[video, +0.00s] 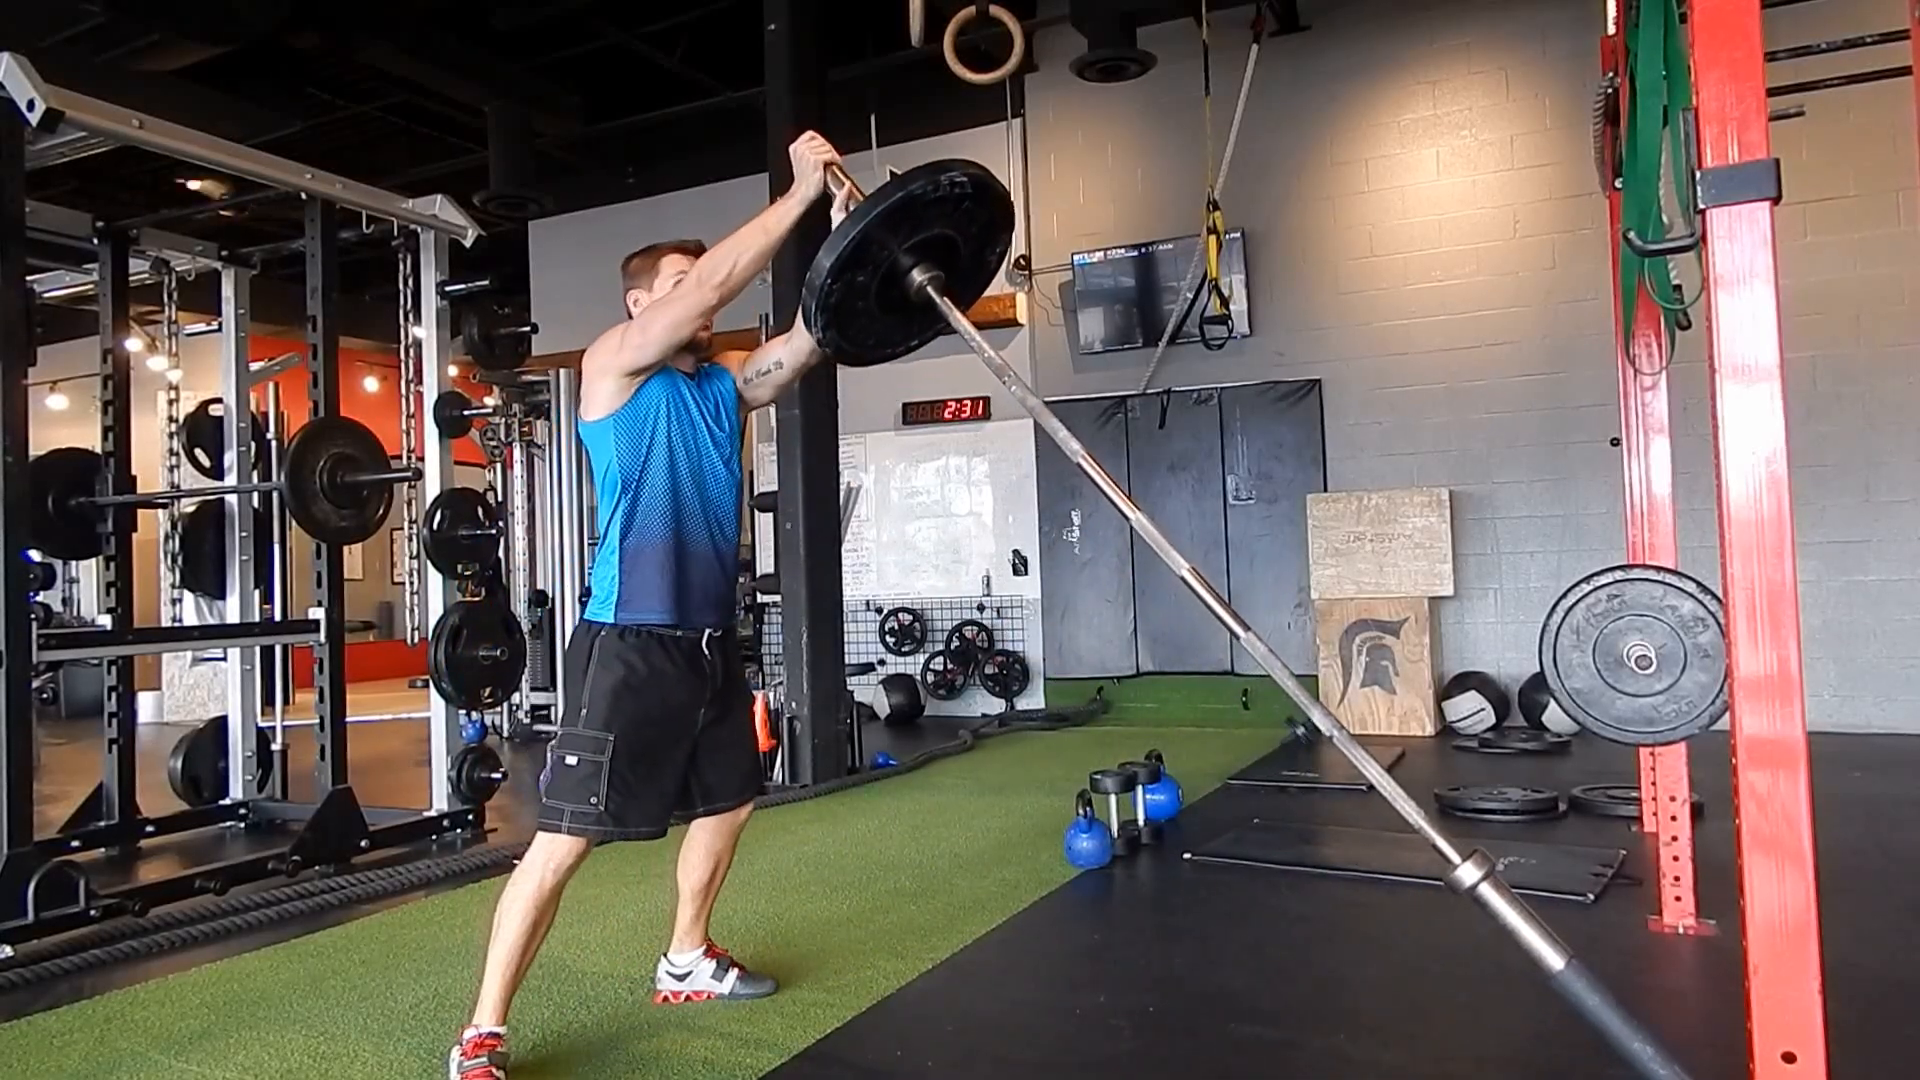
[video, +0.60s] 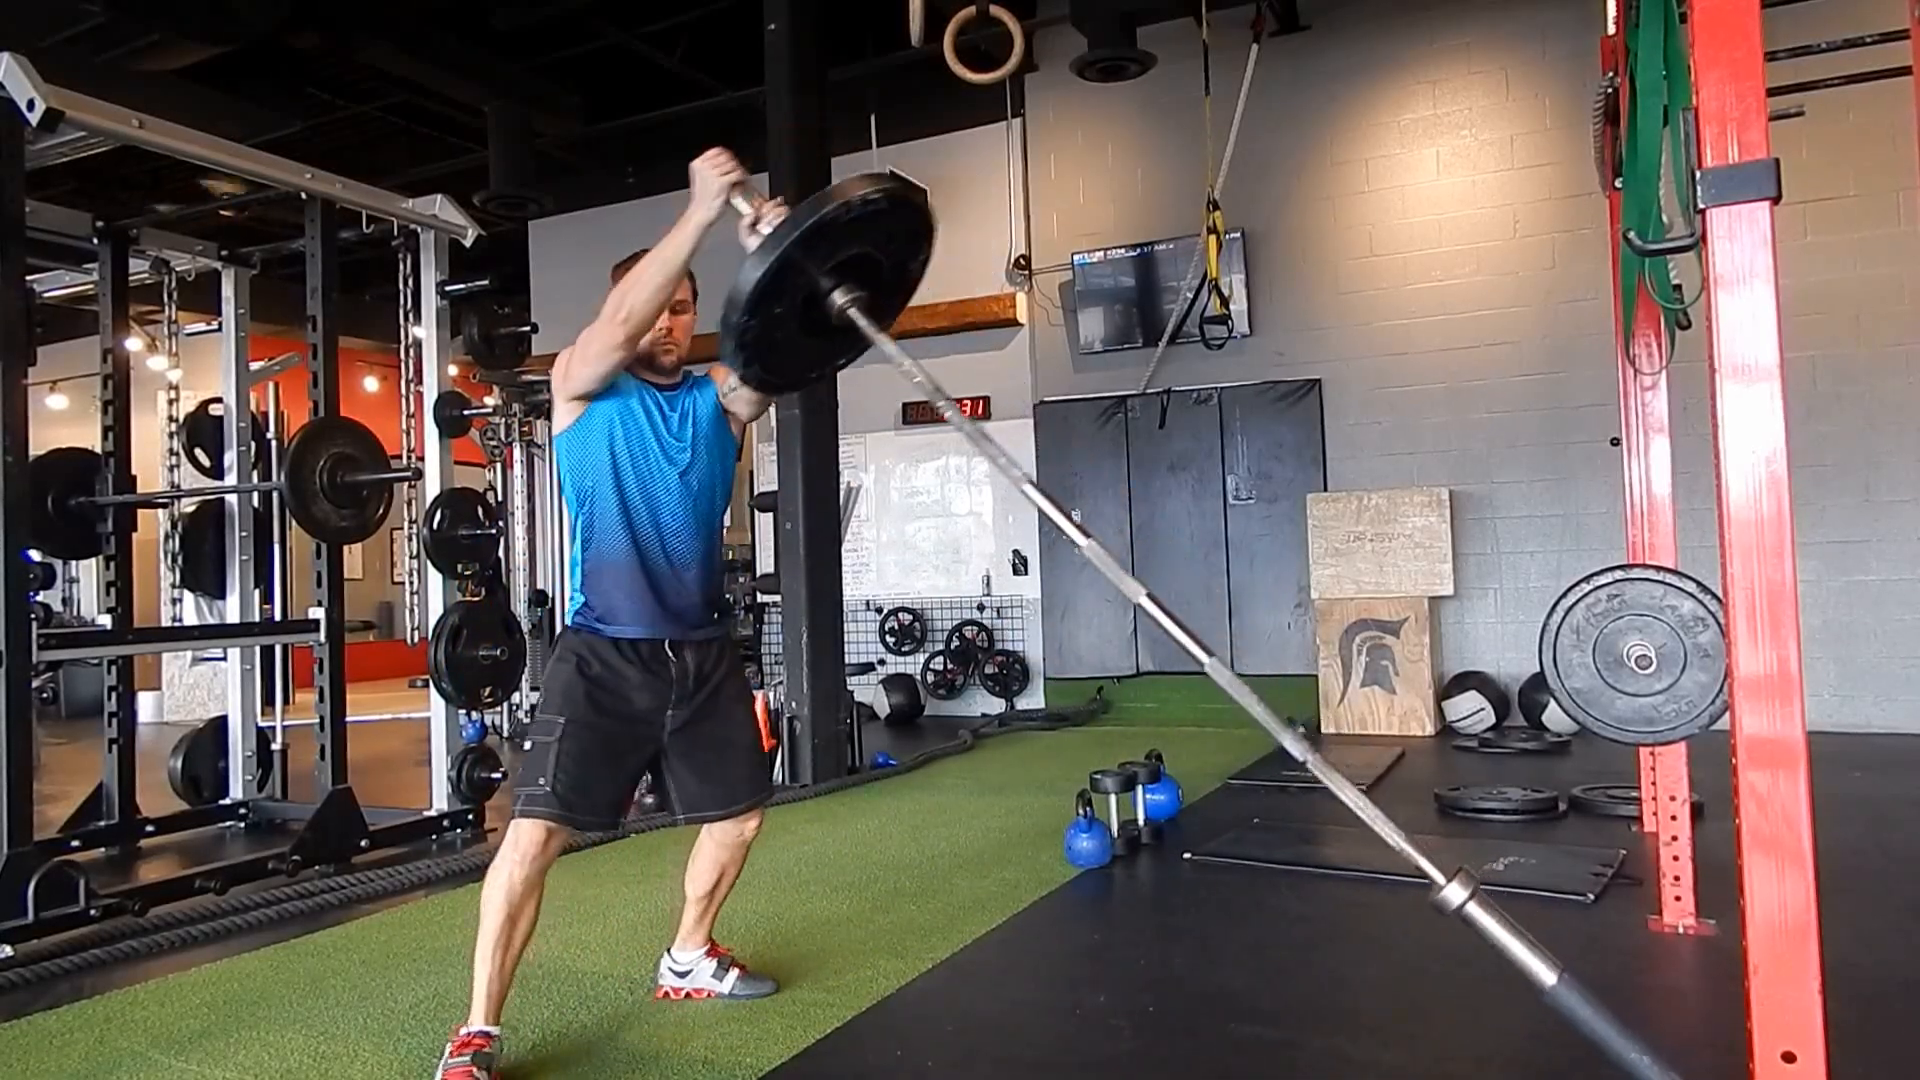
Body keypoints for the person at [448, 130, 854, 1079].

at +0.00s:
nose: (703, 285)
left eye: (704, 276)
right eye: (684, 277)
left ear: (701, 296)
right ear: (638, 297)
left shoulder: (728, 382)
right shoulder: (610, 366)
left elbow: (813, 335)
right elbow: (710, 285)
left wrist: (861, 235)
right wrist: (799, 194)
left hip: (711, 646)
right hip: (624, 646)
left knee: (728, 794)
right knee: (566, 835)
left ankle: (685, 960)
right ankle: (484, 1029)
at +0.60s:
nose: (671, 314)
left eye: (681, 301)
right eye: (655, 302)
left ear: (698, 318)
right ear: (622, 318)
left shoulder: (721, 399)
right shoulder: (580, 391)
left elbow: (794, 341)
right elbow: (621, 318)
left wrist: (783, 239)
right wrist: (698, 211)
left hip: (705, 659)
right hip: (601, 659)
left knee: (737, 808)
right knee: (536, 831)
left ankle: (687, 956)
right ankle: (479, 1026)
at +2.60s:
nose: (691, 294)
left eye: (692, 281)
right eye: (671, 282)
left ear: (682, 301)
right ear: (623, 294)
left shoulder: (703, 373)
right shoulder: (585, 361)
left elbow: (785, 306)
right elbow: (671, 280)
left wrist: (824, 210)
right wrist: (760, 174)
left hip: (676, 639)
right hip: (587, 636)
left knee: (701, 795)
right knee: (563, 842)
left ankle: (684, 961)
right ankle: (488, 1031)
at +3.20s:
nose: (716, 366)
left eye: (716, 353)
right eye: (710, 352)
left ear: (653, 353)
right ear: (673, 349)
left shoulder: (632, 428)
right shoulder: (670, 395)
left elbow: (712, 535)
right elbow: (791, 450)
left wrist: (816, 523)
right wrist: (829, 479)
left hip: (661, 658)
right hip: (635, 659)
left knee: (727, 780)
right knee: (633, 864)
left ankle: (692, 960)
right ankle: (462, 1032)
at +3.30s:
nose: (730, 381)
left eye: (731, 370)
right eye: (726, 369)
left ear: (658, 368)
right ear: (693, 364)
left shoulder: (618, 445)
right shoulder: (705, 414)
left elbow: (687, 567)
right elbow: (791, 505)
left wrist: (788, 582)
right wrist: (797, 550)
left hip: (642, 663)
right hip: (650, 668)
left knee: (736, 776)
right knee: (650, 872)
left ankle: (692, 960)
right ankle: (463, 1029)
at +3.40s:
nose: (744, 397)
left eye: (744, 384)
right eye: (740, 384)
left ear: (672, 387)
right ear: (711, 382)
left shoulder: (625, 457)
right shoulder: (730, 436)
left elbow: (640, 575)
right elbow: (782, 551)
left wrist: (729, 632)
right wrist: (772, 614)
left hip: (622, 665)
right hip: (659, 675)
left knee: (739, 780)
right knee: (657, 885)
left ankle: (692, 959)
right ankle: (461, 1030)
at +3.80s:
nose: (754, 422)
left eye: (753, 409)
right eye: (750, 409)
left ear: (679, 412)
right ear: (724, 408)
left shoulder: (621, 484)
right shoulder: (752, 472)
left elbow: (608, 600)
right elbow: (755, 599)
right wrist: (729, 662)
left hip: (605, 688)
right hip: (662, 699)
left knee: (722, 790)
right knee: (661, 912)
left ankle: (691, 961)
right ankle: (456, 1035)